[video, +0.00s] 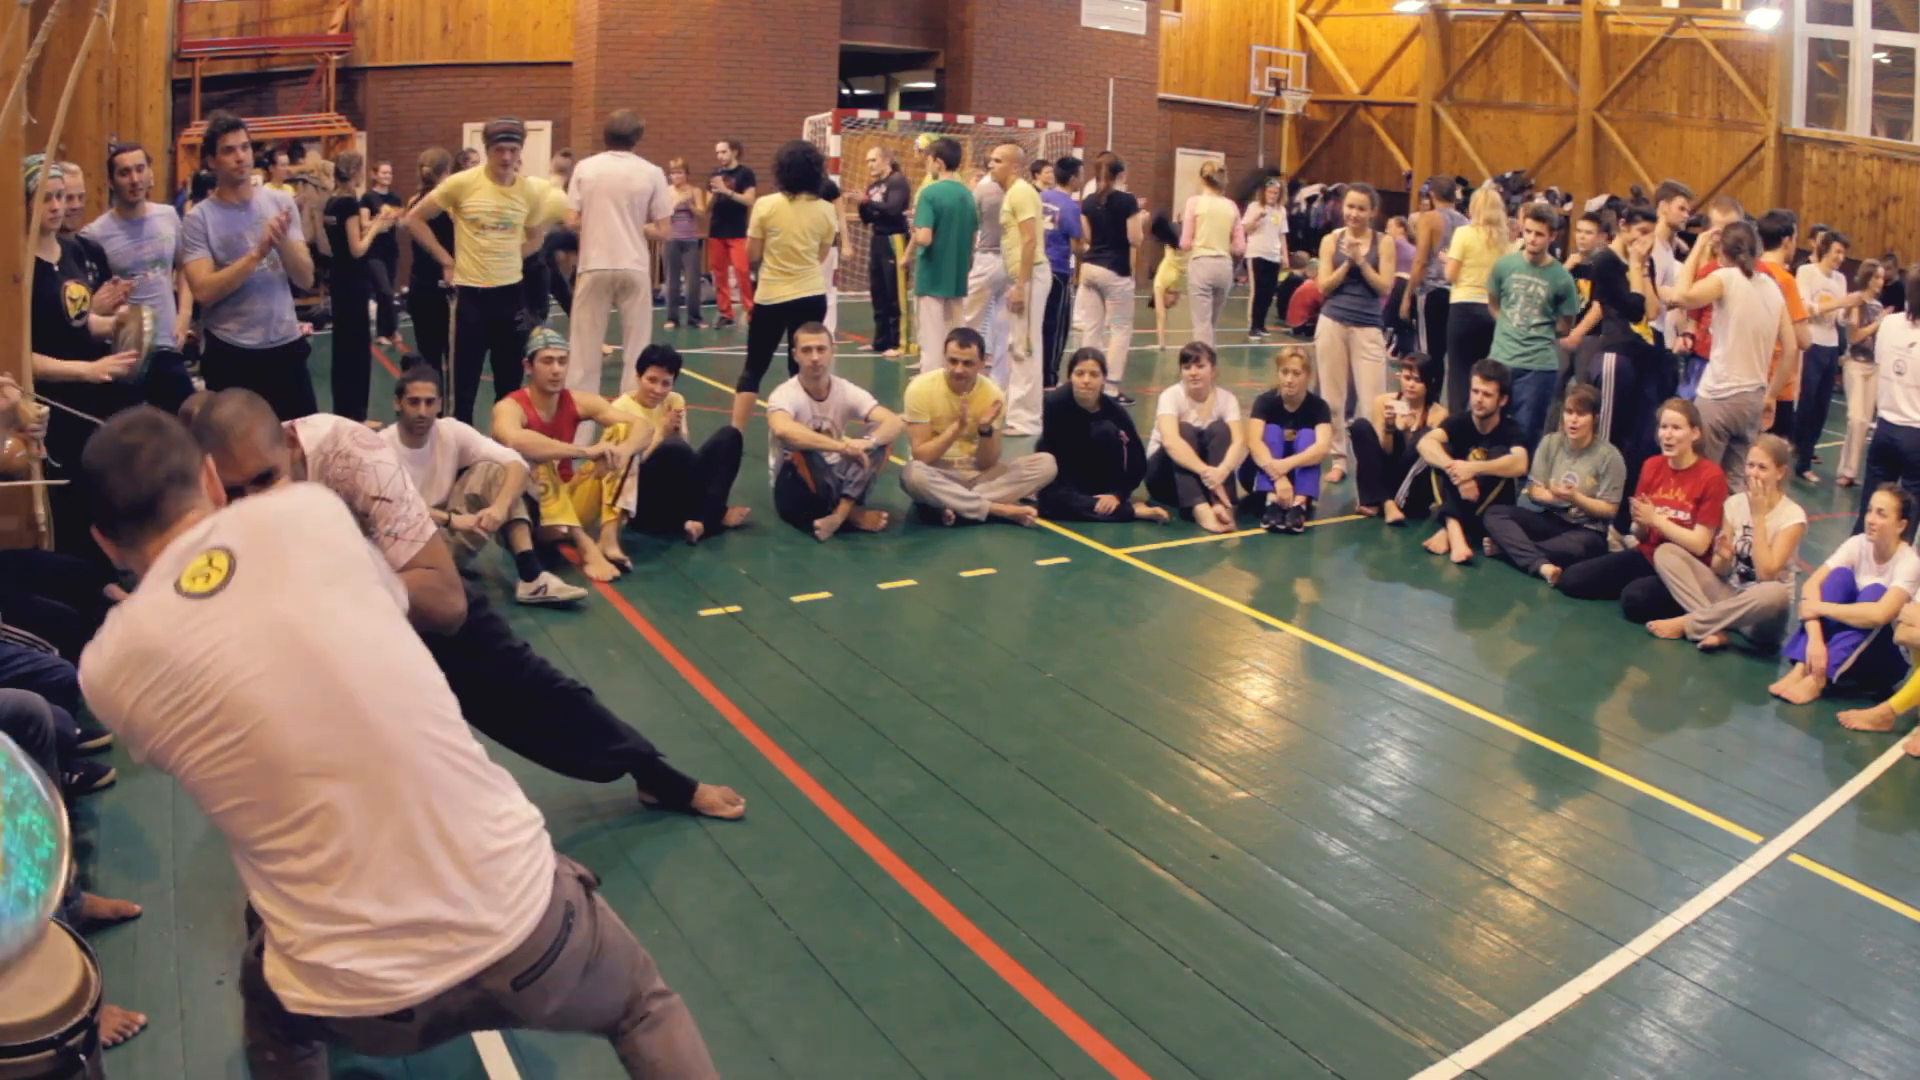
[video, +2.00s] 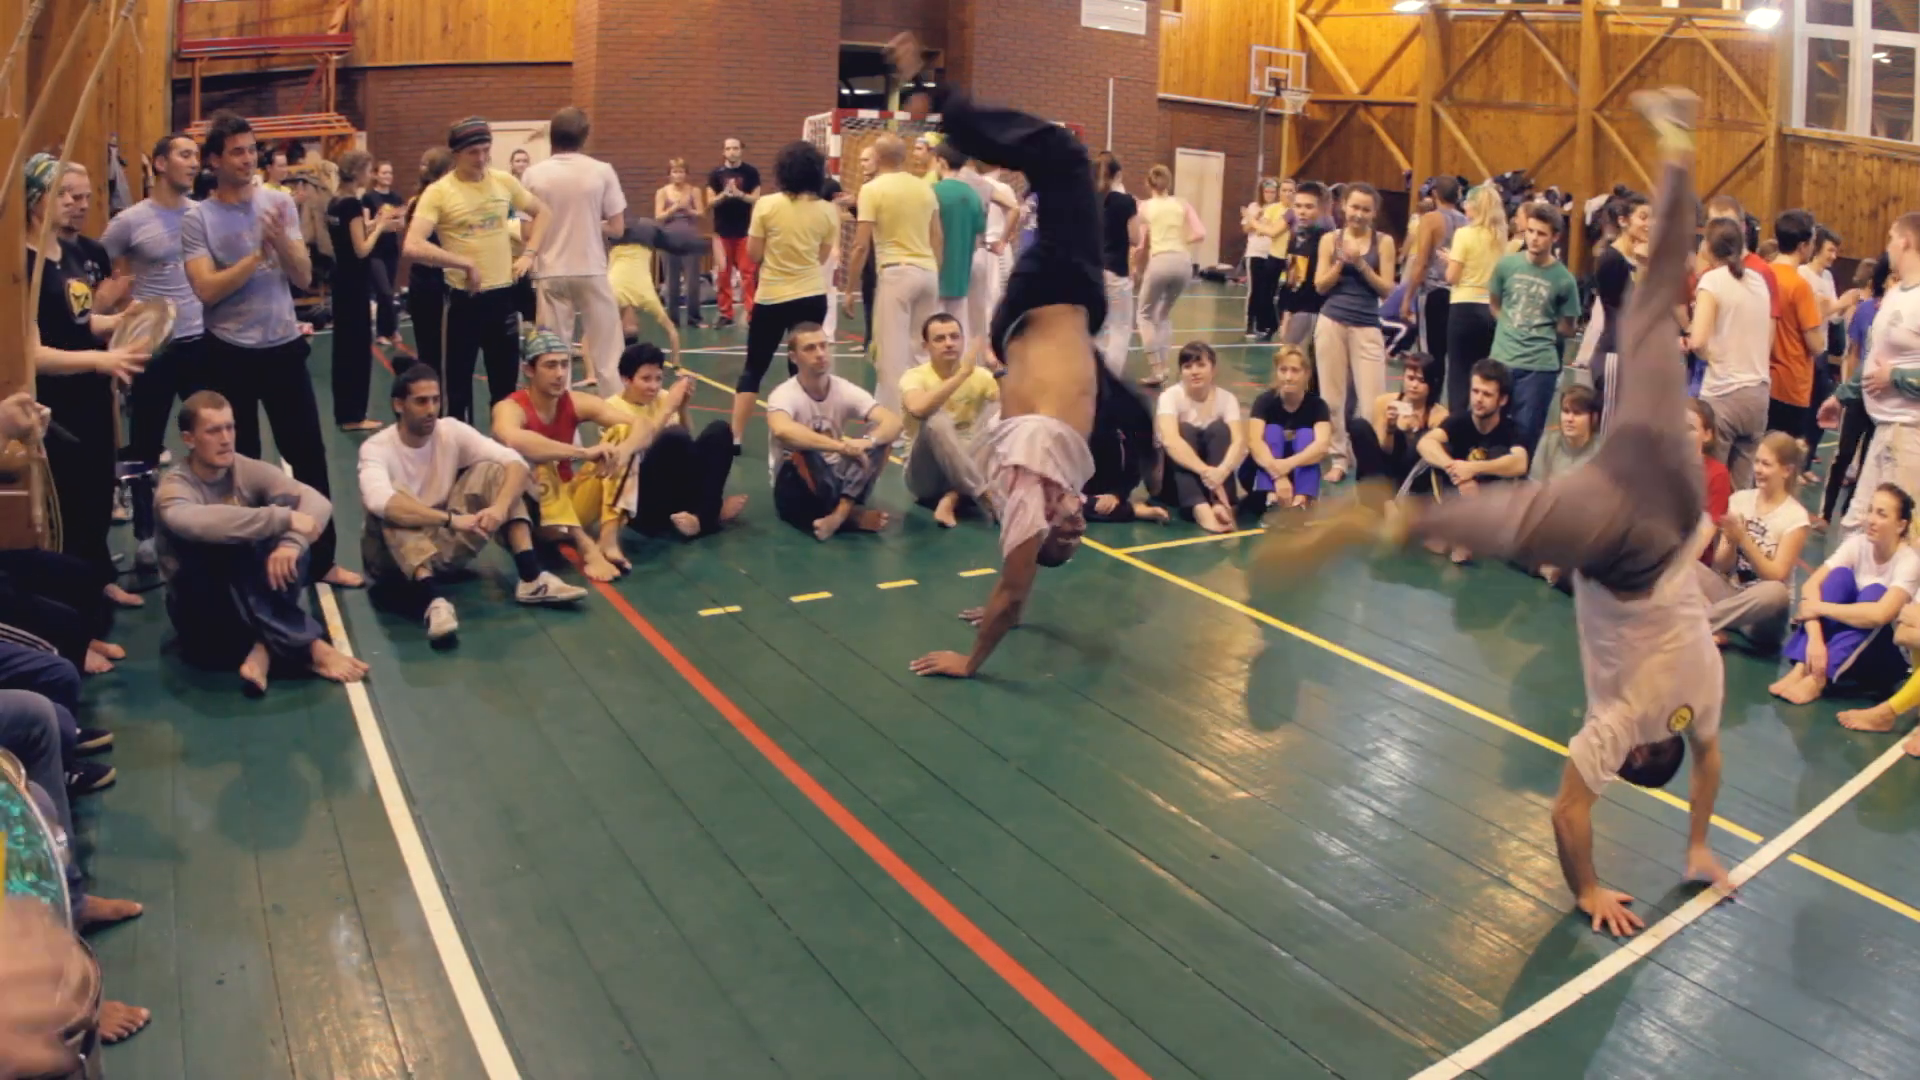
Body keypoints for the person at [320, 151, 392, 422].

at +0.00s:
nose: (366, 175)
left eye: (364, 170)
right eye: (363, 170)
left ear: (341, 172)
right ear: (354, 172)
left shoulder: (331, 203)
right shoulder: (349, 204)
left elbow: (339, 244)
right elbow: (357, 248)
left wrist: (368, 226)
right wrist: (376, 227)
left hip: (339, 278)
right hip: (354, 280)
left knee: (345, 341)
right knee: (357, 343)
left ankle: (344, 411)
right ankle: (355, 414)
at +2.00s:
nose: (372, 176)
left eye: (372, 171)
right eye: (369, 171)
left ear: (347, 172)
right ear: (358, 173)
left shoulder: (335, 203)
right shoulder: (353, 205)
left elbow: (348, 243)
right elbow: (361, 248)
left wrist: (372, 226)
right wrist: (379, 226)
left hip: (342, 278)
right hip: (356, 281)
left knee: (347, 342)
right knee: (358, 344)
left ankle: (347, 412)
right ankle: (352, 415)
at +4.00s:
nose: (366, 176)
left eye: (365, 171)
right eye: (365, 171)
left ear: (338, 172)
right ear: (356, 174)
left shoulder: (330, 205)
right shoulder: (349, 206)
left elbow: (344, 245)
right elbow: (355, 250)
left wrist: (372, 227)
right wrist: (380, 229)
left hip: (339, 279)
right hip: (352, 282)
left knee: (348, 344)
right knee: (358, 346)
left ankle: (347, 412)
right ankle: (354, 416)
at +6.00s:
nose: (364, 176)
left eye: (362, 170)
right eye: (362, 170)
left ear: (337, 172)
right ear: (353, 173)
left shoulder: (330, 203)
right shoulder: (348, 202)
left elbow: (349, 241)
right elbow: (360, 245)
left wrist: (368, 224)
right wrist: (378, 225)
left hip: (339, 279)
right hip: (354, 282)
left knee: (345, 341)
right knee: (359, 343)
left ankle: (343, 409)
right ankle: (354, 413)